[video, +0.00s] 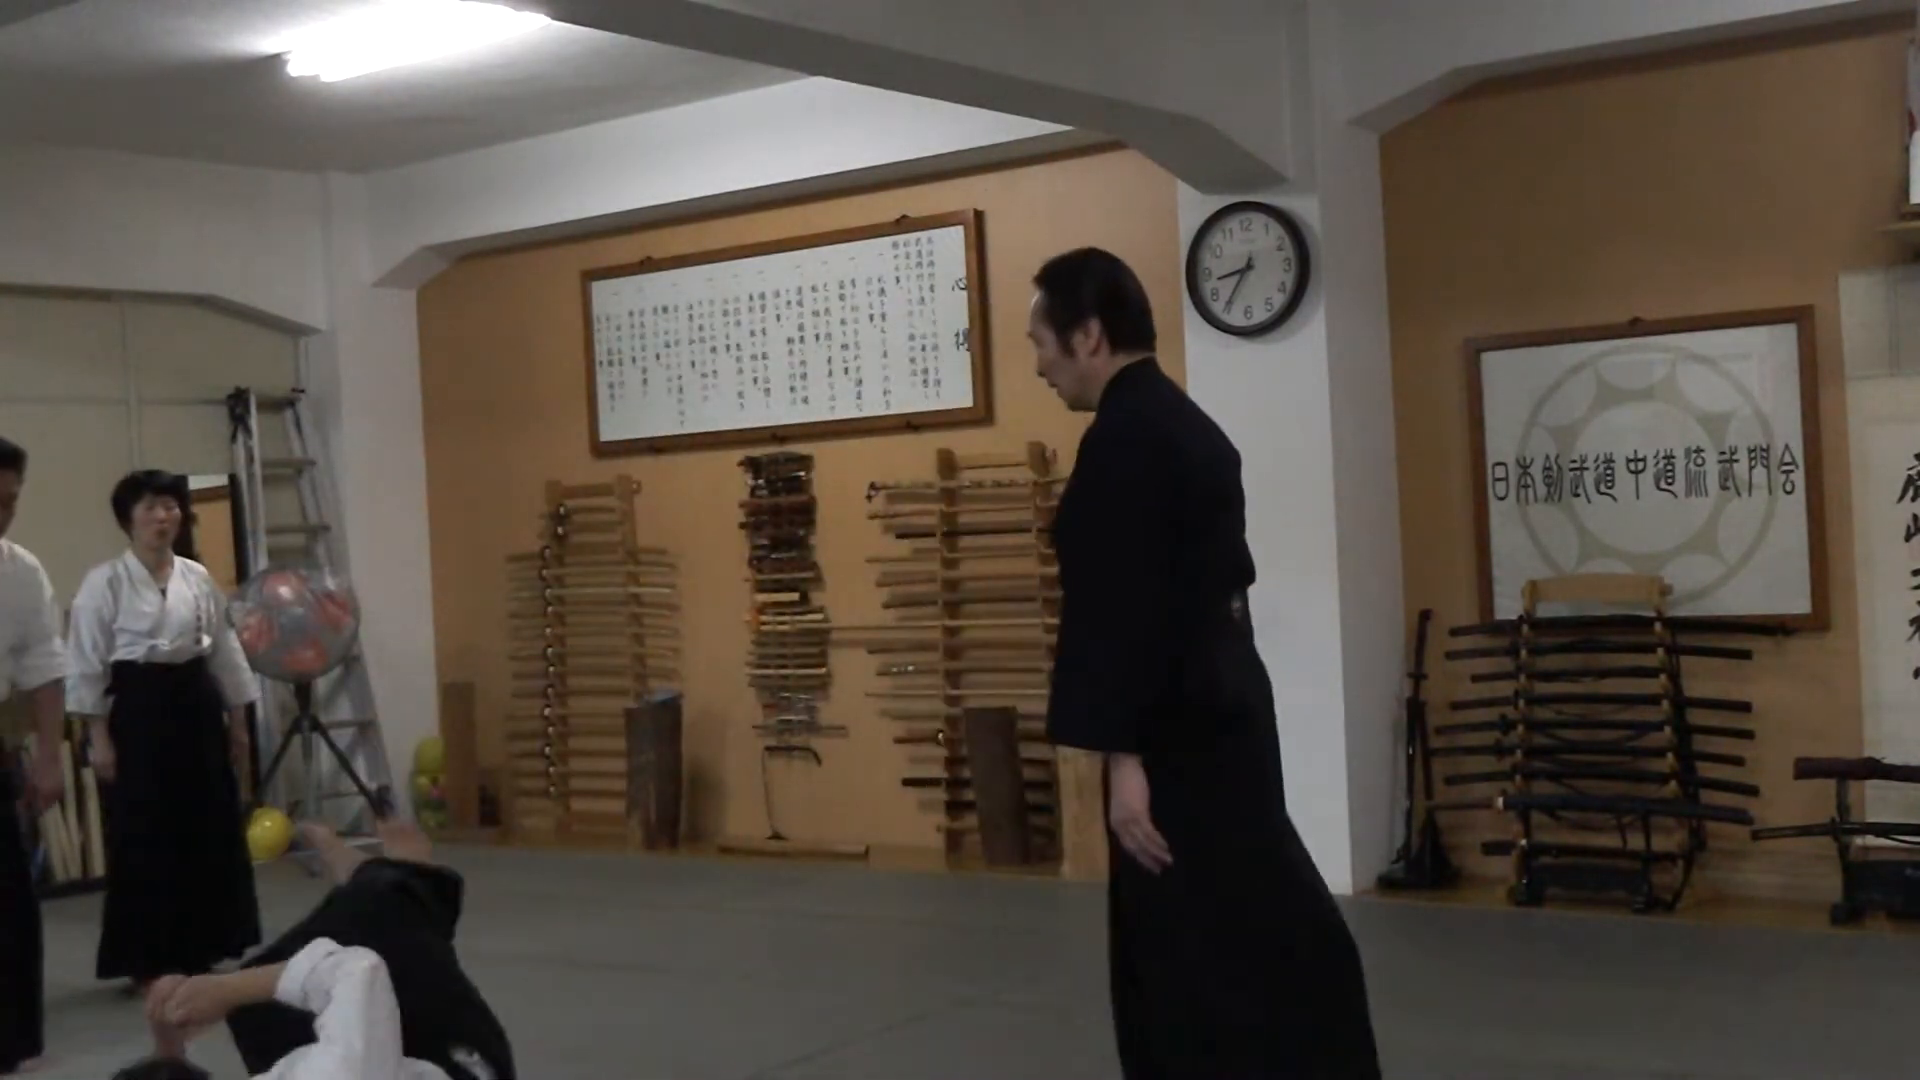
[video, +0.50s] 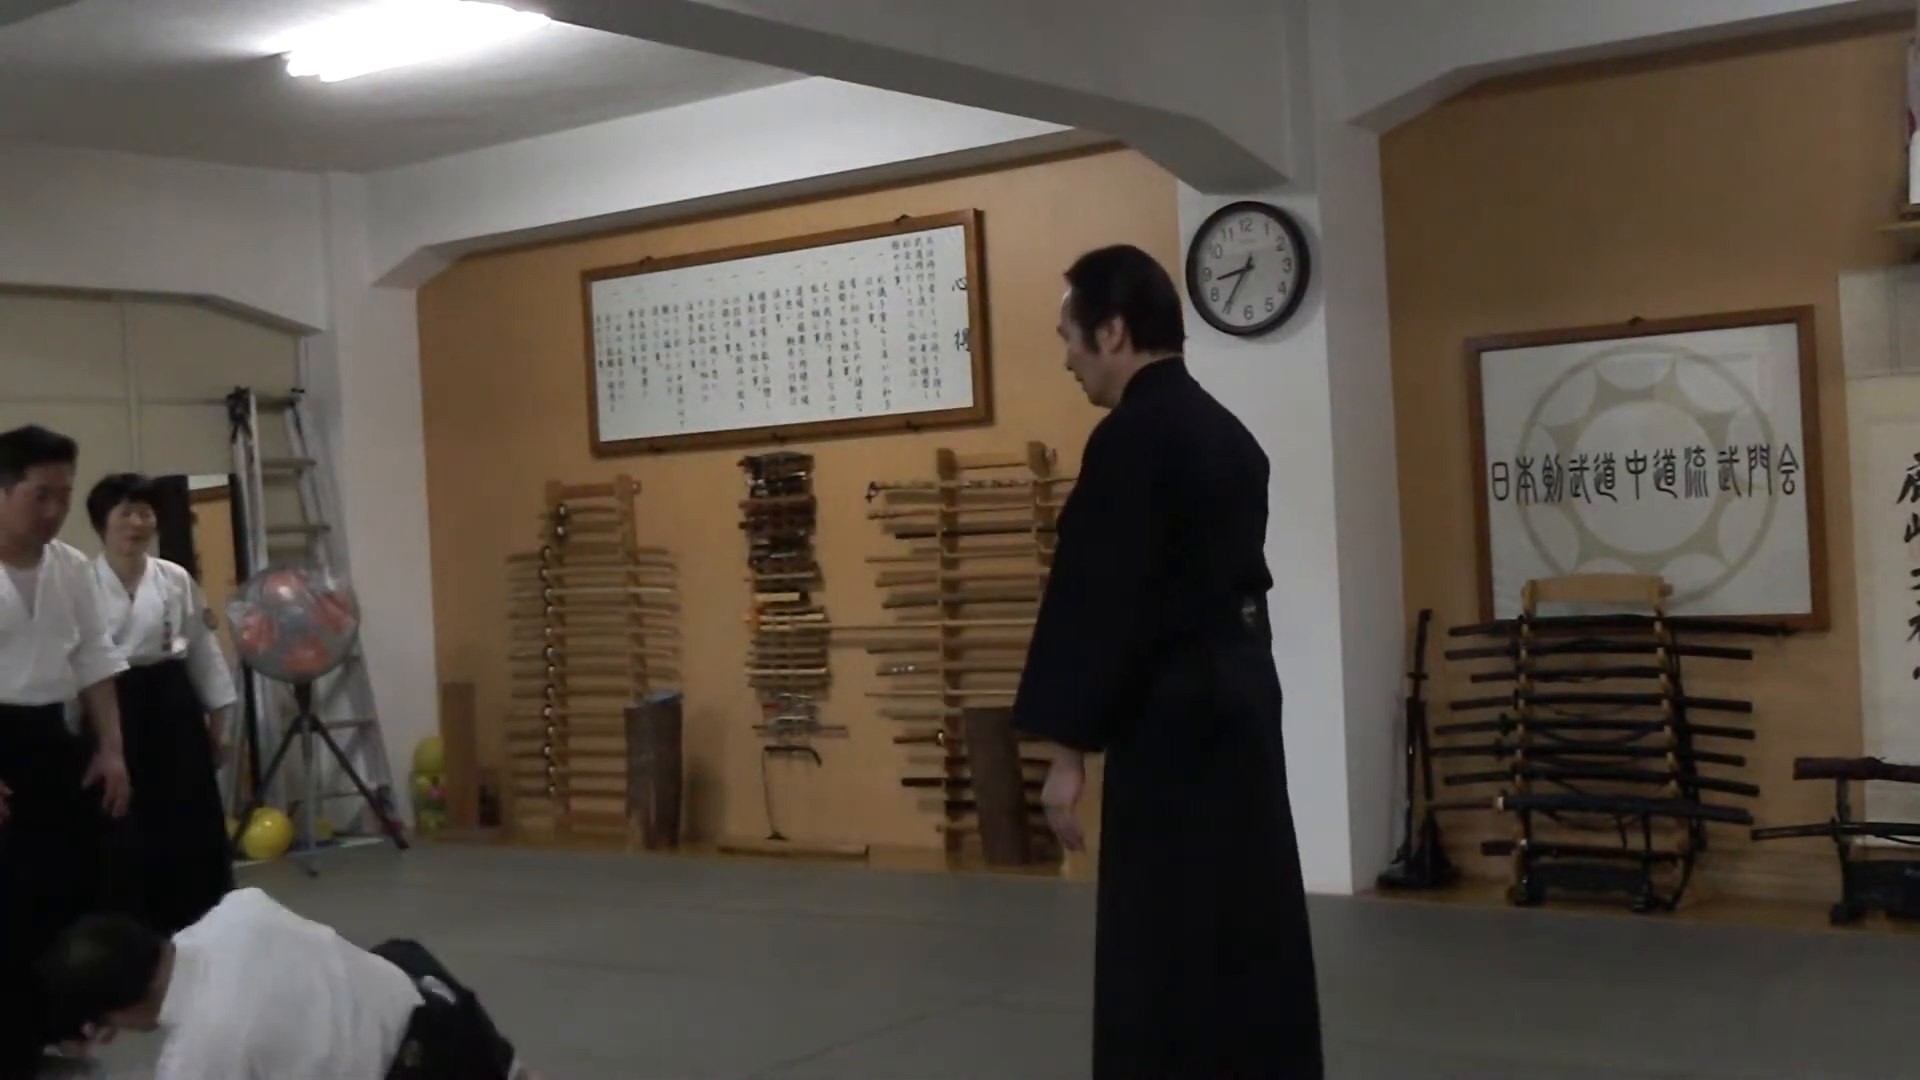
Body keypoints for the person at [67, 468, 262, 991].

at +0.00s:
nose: (163, 516)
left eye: (171, 506)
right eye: (150, 507)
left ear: (181, 516)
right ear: (128, 519)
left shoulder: (197, 577)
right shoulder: (104, 583)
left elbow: (225, 651)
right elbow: (87, 662)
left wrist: (240, 722)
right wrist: (98, 734)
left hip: (195, 706)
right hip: (138, 710)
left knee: (205, 825)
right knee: (145, 831)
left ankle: (201, 955)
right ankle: (147, 961)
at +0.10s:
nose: (159, 516)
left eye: (168, 507)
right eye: (148, 507)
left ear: (179, 518)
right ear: (125, 517)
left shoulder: (194, 578)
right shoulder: (102, 582)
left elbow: (223, 649)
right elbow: (89, 662)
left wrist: (237, 719)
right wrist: (94, 732)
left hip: (192, 705)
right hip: (134, 710)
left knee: (205, 825)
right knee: (143, 831)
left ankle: (204, 955)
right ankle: (150, 962)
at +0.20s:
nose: (155, 517)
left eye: (162, 508)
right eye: (143, 508)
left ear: (174, 519)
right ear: (121, 518)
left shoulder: (193, 578)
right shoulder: (98, 582)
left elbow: (220, 650)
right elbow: (82, 663)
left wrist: (235, 721)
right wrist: (84, 742)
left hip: (189, 705)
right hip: (129, 710)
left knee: (204, 824)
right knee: (140, 830)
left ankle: (211, 951)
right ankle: (148, 957)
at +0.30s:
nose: (151, 518)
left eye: (158, 508)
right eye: (138, 509)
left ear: (168, 518)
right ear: (115, 521)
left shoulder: (187, 578)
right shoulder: (93, 583)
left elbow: (214, 648)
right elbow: (72, 666)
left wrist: (231, 715)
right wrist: (75, 747)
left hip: (185, 706)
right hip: (125, 710)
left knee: (200, 826)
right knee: (133, 834)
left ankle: (211, 952)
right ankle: (135, 960)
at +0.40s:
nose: (144, 519)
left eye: (151, 510)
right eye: (132, 511)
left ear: (162, 520)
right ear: (109, 522)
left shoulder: (181, 579)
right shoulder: (89, 585)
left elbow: (209, 649)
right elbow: (71, 663)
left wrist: (222, 717)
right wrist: (73, 738)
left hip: (179, 702)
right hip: (119, 704)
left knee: (195, 819)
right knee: (130, 824)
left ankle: (204, 932)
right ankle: (135, 933)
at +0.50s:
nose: (137, 524)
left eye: (145, 515)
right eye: (126, 515)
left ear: (156, 524)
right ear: (102, 524)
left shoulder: (175, 580)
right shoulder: (85, 585)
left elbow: (203, 648)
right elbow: (76, 661)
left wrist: (219, 715)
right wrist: (77, 732)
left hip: (173, 697)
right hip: (115, 703)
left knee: (190, 808)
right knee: (130, 813)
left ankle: (199, 918)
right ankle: (137, 918)